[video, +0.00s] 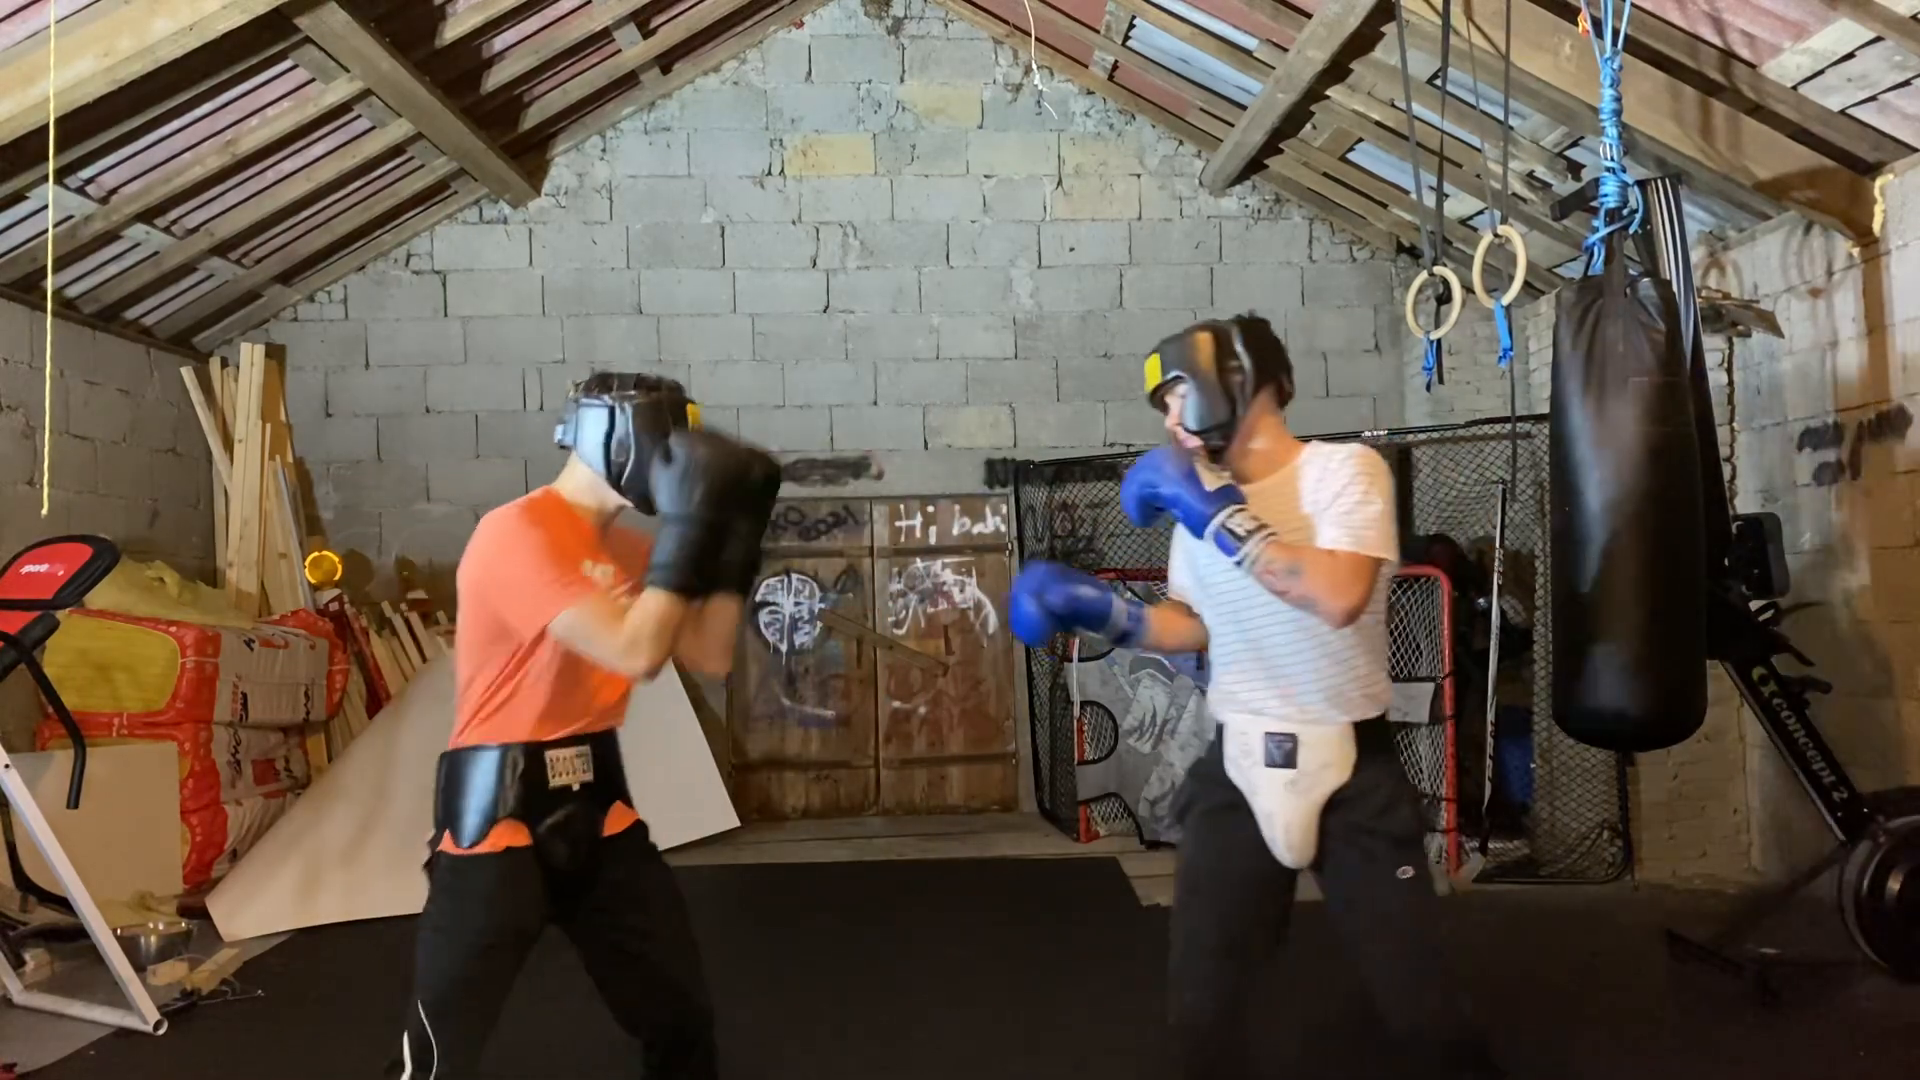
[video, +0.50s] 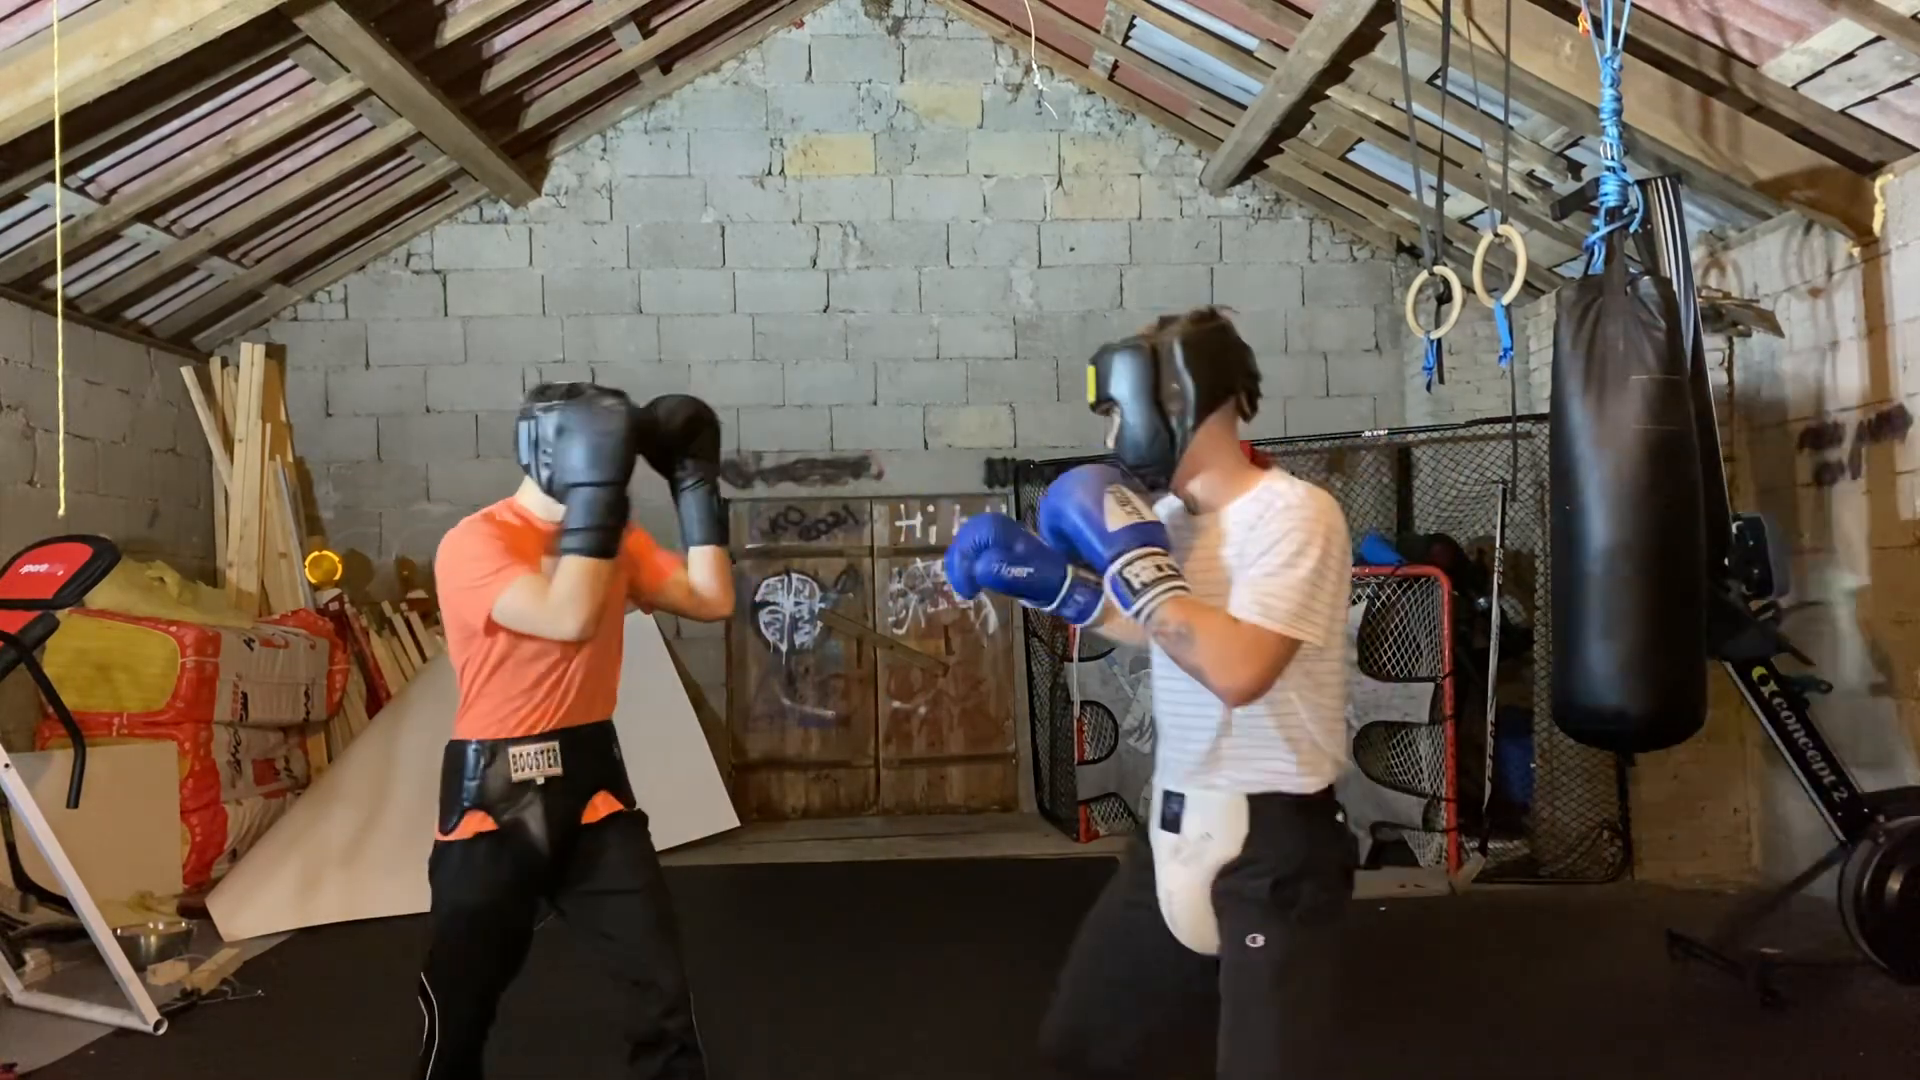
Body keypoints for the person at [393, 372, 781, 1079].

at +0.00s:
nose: (676, 461)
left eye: (679, 447)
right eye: (667, 444)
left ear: (606, 439)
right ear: (619, 439)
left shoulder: (634, 544)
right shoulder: (512, 535)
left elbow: (712, 654)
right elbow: (634, 648)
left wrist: (736, 533)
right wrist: (687, 524)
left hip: (594, 809)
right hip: (495, 822)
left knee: (680, 1026)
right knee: (436, 1055)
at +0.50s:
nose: (601, 459)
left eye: (605, 447)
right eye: (591, 445)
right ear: (548, 445)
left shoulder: (610, 540)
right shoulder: (471, 545)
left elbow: (712, 598)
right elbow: (567, 613)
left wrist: (694, 478)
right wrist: (595, 492)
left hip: (593, 786)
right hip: (490, 795)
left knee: (661, 1000)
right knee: (459, 1012)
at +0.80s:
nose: (607, 451)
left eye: (618, 438)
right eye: (590, 434)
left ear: (627, 456)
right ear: (545, 440)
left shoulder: (637, 526)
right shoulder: (489, 536)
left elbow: (707, 586)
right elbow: (564, 608)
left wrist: (692, 469)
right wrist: (578, 483)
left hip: (619, 772)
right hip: (513, 777)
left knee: (684, 978)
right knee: (472, 994)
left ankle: (733, 1070)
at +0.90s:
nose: (638, 456)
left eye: (647, 442)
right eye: (623, 439)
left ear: (660, 452)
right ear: (583, 445)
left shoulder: (669, 520)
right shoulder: (522, 534)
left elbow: (722, 584)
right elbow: (588, 606)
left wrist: (714, 465)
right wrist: (603, 493)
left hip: (647, 769)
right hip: (543, 770)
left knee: (692, 980)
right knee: (491, 982)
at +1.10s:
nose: (685, 459)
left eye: (692, 446)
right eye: (672, 445)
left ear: (699, 452)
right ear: (630, 446)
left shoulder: (709, 519)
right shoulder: (565, 526)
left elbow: (756, 586)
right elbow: (606, 606)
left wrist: (750, 470)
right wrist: (627, 484)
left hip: (674, 764)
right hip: (578, 762)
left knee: (702, 971)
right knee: (528, 954)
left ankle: (728, 1069)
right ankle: (568, 1071)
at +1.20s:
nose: (674, 464)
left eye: (686, 451)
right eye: (661, 448)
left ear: (696, 463)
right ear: (625, 451)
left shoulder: (711, 526)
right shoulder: (569, 531)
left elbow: (762, 591)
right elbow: (602, 603)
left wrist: (754, 474)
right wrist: (627, 487)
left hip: (674, 769)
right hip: (580, 772)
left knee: (698, 969)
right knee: (573, 957)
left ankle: (724, 1070)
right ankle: (623, 1072)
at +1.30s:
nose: (677, 472)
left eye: (686, 459)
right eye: (664, 458)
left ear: (696, 468)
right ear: (629, 459)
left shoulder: (712, 529)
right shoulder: (569, 536)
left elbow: (767, 599)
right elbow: (593, 614)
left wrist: (754, 482)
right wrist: (616, 495)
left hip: (680, 774)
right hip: (588, 779)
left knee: (698, 978)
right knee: (607, 985)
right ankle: (627, 1075)